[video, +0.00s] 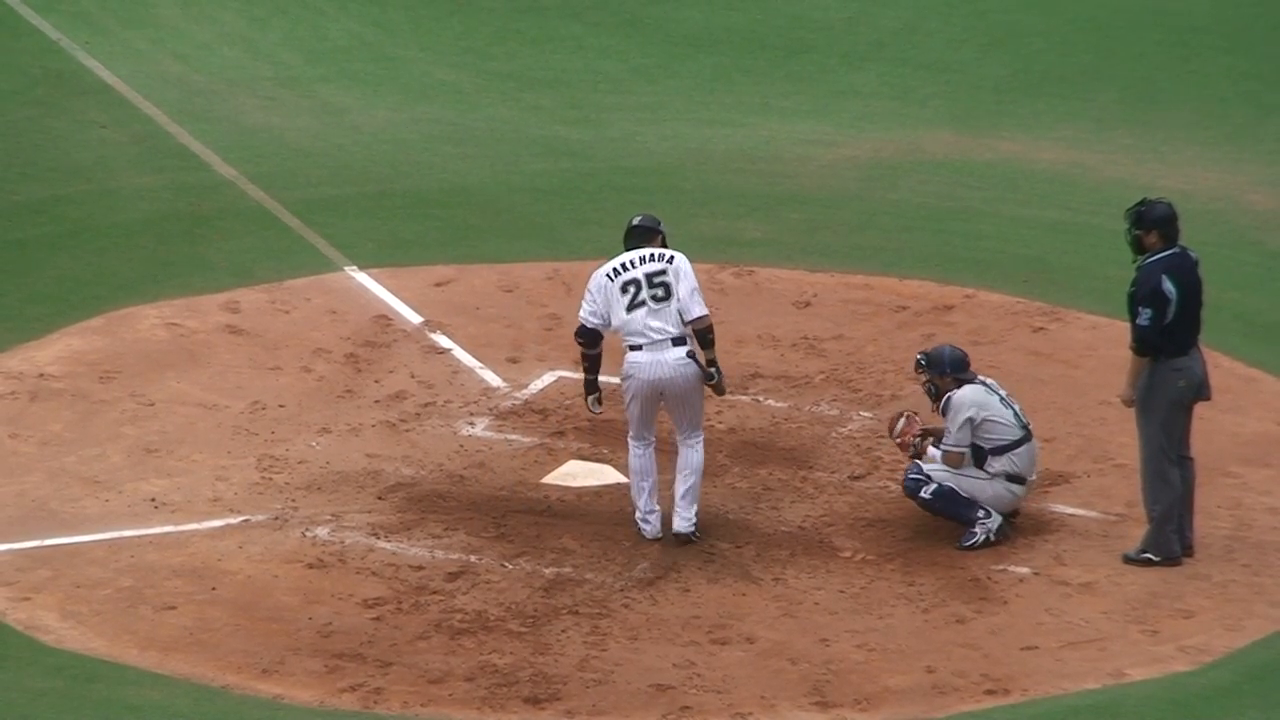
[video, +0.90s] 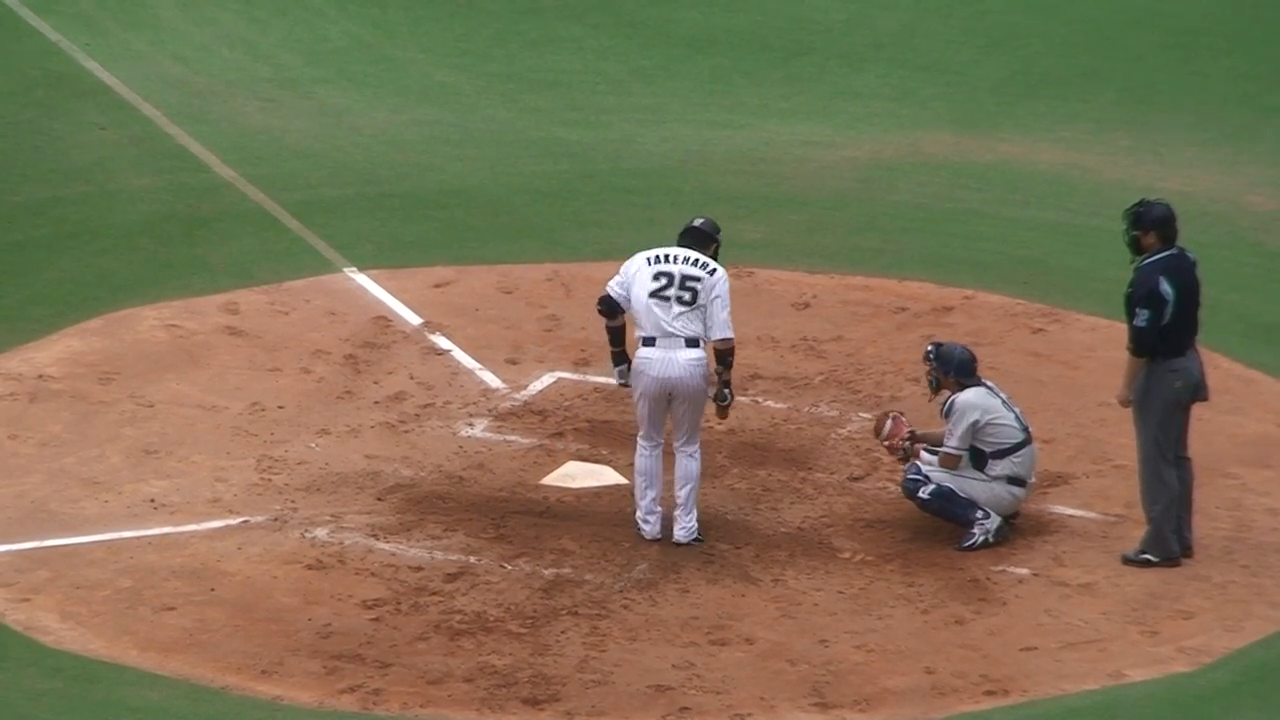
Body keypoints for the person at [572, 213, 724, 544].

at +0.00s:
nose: (663, 244)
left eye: (661, 240)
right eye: (662, 239)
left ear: (627, 241)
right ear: (657, 239)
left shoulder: (605, 274)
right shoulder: (675, 260)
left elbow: (589, 335)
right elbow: (699, 321)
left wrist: (591, 383)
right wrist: (712, 364)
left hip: (637, 365)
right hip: (681, 361)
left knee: (640, 441)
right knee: (690, 437)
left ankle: (648, 522)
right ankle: (685, 521)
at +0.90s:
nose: (715, 252)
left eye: (716, 248)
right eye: (715, 248)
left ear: (681, 239)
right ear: (710, 246)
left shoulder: (641, 260)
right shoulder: (714, 273)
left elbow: (609, 306)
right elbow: (722, 335)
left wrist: (619, 358)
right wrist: (724, 382)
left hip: (648, 357)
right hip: (691, 360)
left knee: (649, 440)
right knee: (687, 445)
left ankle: (649, 522)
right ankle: (685, 527)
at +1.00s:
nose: (725, 254)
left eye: (725, 249)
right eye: (725, 249)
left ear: (689, 239)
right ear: (718, 248)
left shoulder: (646, 257)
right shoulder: (720, 276)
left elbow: (613, 298)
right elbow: (723, 345)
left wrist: (625, 353)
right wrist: (723, 387)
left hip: (646, 357)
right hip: (688, 362)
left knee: (648, 439)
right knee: (687, 444)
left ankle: (649, 521)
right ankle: (683, 527)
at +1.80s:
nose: (699, 255)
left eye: (700, 250)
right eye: (698, 249)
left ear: (664, 240)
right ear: (689, 247)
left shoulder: (624, 258)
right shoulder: (682, 269)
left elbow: (596, 313)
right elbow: (678, 321)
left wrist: (644, 329)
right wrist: (710, 316)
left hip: (602, 351)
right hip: (641, 358)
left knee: (588, 438)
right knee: (662, 444)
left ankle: (565, 513)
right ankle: (671, 527)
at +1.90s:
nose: (689, 251)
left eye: (690, 246)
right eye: (689, 245)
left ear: (655, 237)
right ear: (682, 243)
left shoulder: (615, 257)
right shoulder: (679, 267)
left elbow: (588, 313)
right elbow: (678, 319)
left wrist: (631, 321)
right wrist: (707, 314)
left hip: (603, 351)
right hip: (643, 356)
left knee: (590, 437)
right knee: (664, 444)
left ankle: (565, 513)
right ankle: (673, 526)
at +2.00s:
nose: (685, 250)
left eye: (685, 245)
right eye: (685, 245)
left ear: (652, 237)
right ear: (678, 243)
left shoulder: (610, 259)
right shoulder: (678, 268)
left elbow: (581, 310)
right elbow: (679, 320)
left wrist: (598, 328)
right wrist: (705, 318)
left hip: (605, 353)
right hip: (646, 356)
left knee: (589, 437)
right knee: (665, 444)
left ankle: (564, 514)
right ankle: (678, 527)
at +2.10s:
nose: (685, 254)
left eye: (686, 249)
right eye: (685, 249)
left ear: (652, 240)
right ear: (679, 246)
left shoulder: (608, 260)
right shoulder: (677, 269)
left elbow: (575, 308)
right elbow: (676, 322)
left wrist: (593, 323)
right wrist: (702, 322)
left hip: (605, 353)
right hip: (647, 356)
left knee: (587, 439)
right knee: (665, 445)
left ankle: (564, 514)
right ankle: (681, 528)